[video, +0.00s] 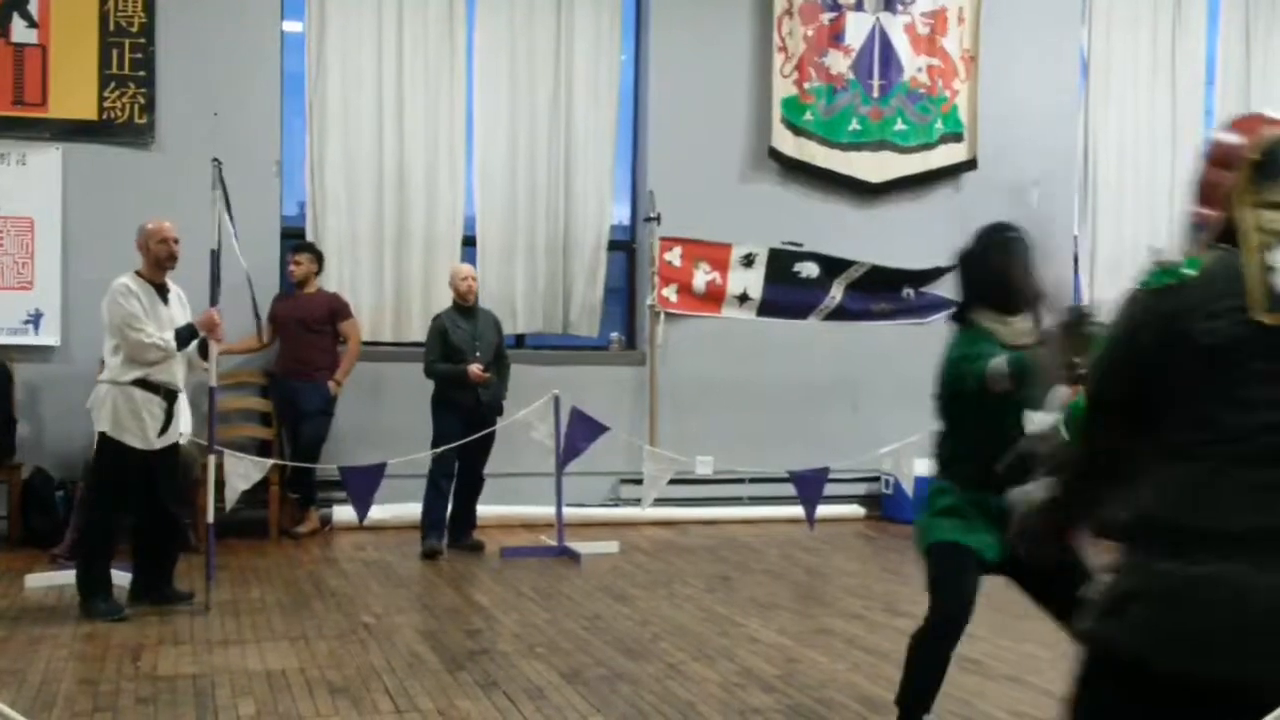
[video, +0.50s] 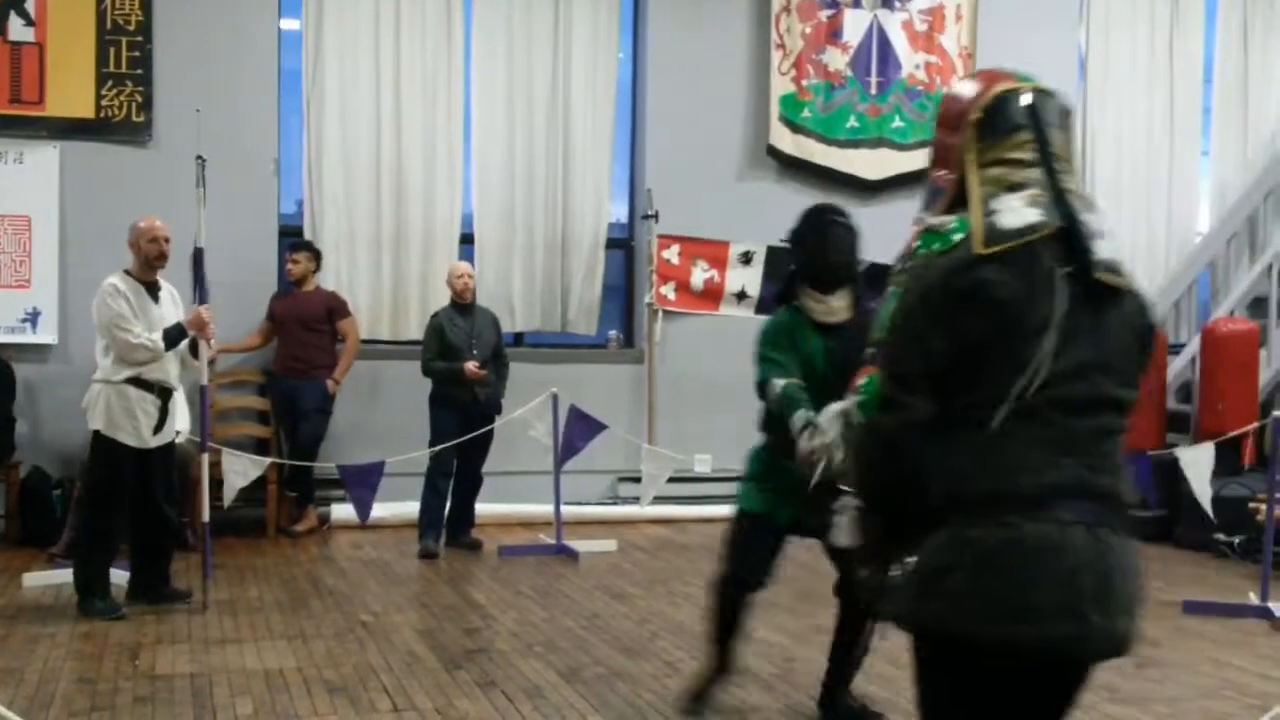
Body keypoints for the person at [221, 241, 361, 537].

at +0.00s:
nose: (292, 268)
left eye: (299, 263)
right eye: (291, 263)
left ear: (316, 267)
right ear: (289, 267)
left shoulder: (332, 302)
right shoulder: (281, 302)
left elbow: (354, 341)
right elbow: (263, 340)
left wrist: (338, 380)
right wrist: (224, 348)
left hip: (317, 385)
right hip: (285, 383)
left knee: (307, 449)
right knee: (293, 449)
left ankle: (308, 512)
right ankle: (305, 511)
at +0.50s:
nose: (289, 266)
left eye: (296, 262)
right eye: (288, 262)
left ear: (314, 266)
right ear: (288, 265)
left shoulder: (330, 301)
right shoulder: (280, 301)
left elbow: (352, 339)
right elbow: (260, 338)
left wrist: (336, 379)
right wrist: (222, 348)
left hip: (316, 384)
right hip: (282, 383)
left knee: (305, 448)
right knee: (292, 448)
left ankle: (304, 510)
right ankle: (305, 510)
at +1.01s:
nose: (273, 265)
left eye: (280, 260)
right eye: (272, 260)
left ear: (297, 264)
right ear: (270, 264)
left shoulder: (315, 299)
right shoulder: (263, 299)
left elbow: (336, 338)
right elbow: (245, 336)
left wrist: (320, 377)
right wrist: (205, 347)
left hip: (300, 382)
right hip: (267, 380)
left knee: (289, 445)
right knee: (275, 445)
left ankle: (289, 510)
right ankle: (288, 510)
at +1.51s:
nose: (274, 265)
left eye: (280, 260)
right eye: (272, 260)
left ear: (298, 264)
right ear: (272, 264)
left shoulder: (316, 298)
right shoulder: (264, 299)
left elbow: (337, 339)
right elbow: (246, 336)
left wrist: (321, 377)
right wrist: (204, 348)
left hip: (300, 382)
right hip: (267, 380)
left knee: (290, 445)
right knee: (277, 445)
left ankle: (289, 509)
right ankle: (292, 510)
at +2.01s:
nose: (245, 266)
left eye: (251, 261)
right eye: (243, 261)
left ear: (269, 263)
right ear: (242, 265)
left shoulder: (287, 299)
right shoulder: (236, 299)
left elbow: (310, 339)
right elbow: (217, 337)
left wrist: (293, 377)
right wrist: (176, 348)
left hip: (273, 382)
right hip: (239, 380)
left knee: (263, 446)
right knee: (248, 446)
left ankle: (265, 510)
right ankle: (263, 510)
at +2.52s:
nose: (161, 267)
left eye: (167, 262)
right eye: (159, 262)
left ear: (185, 265)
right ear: (158, 266)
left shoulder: (202, 301)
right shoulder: (154, 301)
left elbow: (226, 341)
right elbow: (133, 339)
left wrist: (209, 381)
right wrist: (91, 351)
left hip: (187, 384)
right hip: (155, 383)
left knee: (177, 448)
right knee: (159, 450)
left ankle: (179, 514)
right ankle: (165, 512)